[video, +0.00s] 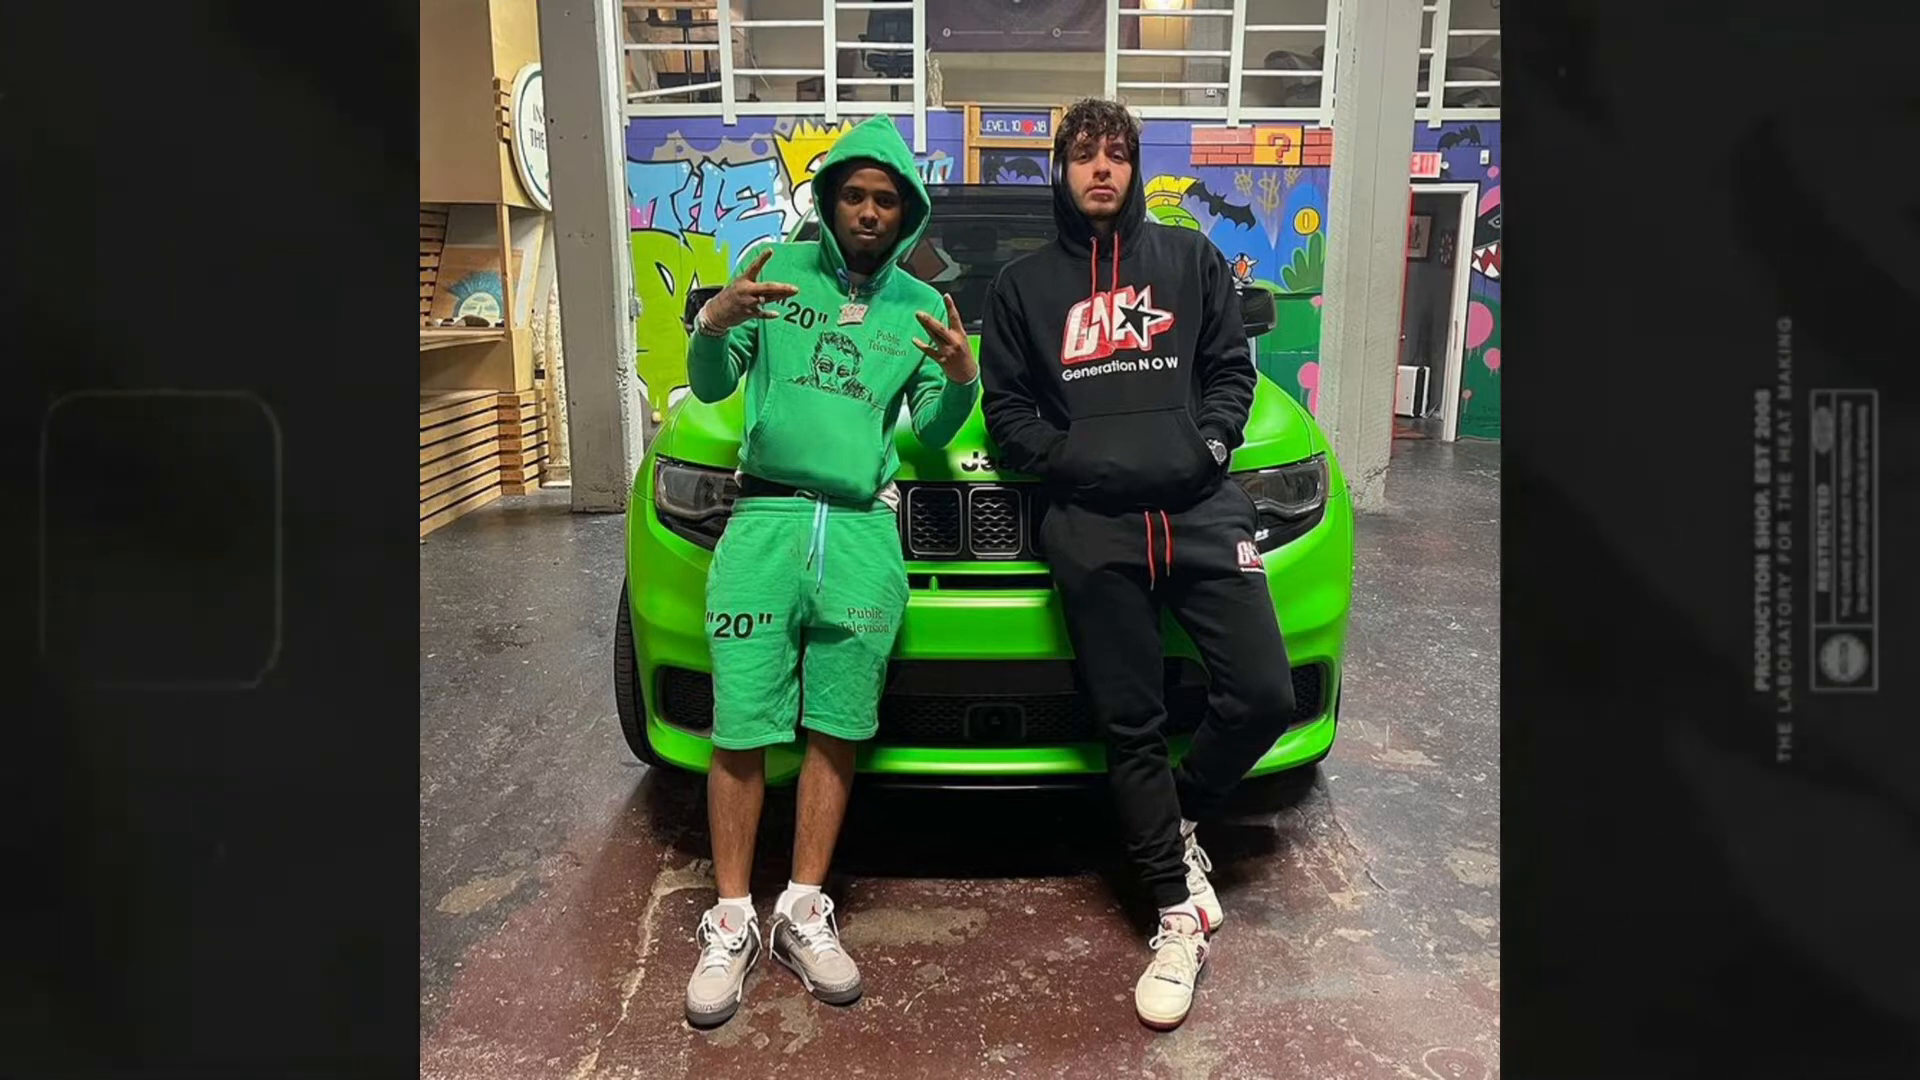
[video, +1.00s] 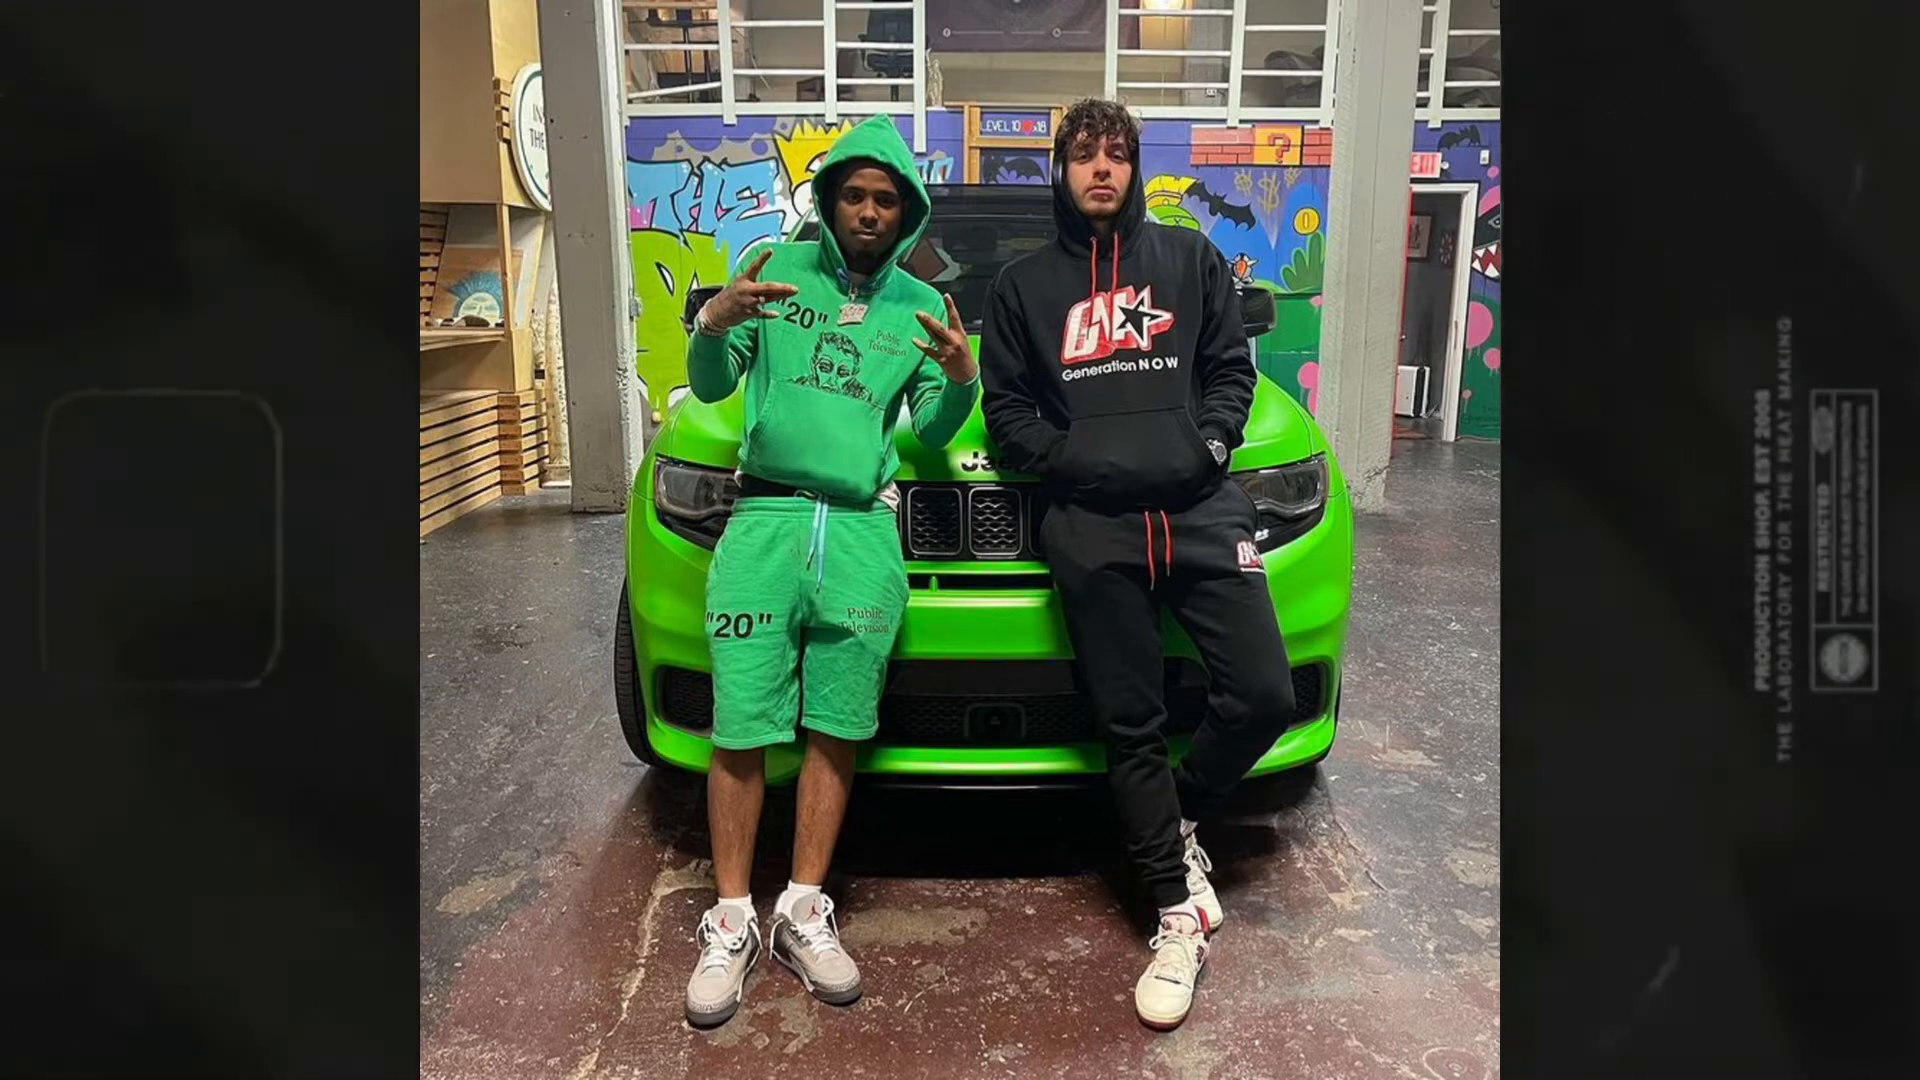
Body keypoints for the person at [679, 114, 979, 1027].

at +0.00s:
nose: (868, 212)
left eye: (885, 198)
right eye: (854, 196)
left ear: (907, 212)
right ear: (827, 202)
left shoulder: (923, 305)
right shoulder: (776, 268)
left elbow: (923, 439)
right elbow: (712, 384)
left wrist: (961, 380)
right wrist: (713, 321)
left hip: (861, 527)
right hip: (763, 517)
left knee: (838, 728)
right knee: (741, 728)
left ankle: (805, 908)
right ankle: (732, 919)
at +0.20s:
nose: (868, 212)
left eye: (885, 198)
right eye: (854, 196)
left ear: (907, 211)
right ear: (827, 202)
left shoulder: (923, 305)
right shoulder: (776, 268)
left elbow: (923, 439)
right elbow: (712, 384)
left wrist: (961, 380)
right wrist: (713, 322)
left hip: (861, 527)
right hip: (763, 517)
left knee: (838, 728)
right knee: (741, 728)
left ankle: (805, 908)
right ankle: (732, 919)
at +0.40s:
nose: (868, 212)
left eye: (885, 198)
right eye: (854, 196)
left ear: (907, 211)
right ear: (827, 202)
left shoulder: (923, 305)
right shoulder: (776, 268)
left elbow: (923, 439)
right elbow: (712, 384)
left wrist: (961, 380)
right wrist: (713, 322)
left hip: (861, 527)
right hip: (763, 517)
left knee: (838, 728)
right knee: (741, 728)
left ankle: (805, 908)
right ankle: (732, 919)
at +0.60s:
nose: (868, 212)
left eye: (885, 198)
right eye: (854, 196)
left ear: (907, 211)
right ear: (827, 202)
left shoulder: (923, 305)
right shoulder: (776, 268)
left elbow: (923, 439)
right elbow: (712, 384)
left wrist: (961, 380)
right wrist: (713, 322)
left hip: (861, 527)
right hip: (763, 517)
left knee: (838, 728)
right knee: (741, 728)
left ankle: (805, 908)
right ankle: (732, 919)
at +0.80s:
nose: (868, 212)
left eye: (885, 198)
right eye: (854, 196)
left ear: (907, 212)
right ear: (827, 202)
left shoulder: (923, 305)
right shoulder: (776, 268)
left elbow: (923, 439)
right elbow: (712, 384)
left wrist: (961, 380)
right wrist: (713, 322)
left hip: (861, 527)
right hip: (763, 517)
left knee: (838, 728)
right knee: (741, 728)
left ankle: (805, 908)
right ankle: (732, 919)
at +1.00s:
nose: (868, 212)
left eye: (885, 198)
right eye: (854, 196)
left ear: (907, 211)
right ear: (827, 202)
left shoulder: (923, 305)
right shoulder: (776, 268)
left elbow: (923, 439)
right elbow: (712, 384)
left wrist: (961, 380)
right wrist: (713, 322)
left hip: (861, 527)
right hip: (763, 517)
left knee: (838, 728)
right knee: (741, 728)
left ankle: (805, 908)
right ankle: (732, 919)